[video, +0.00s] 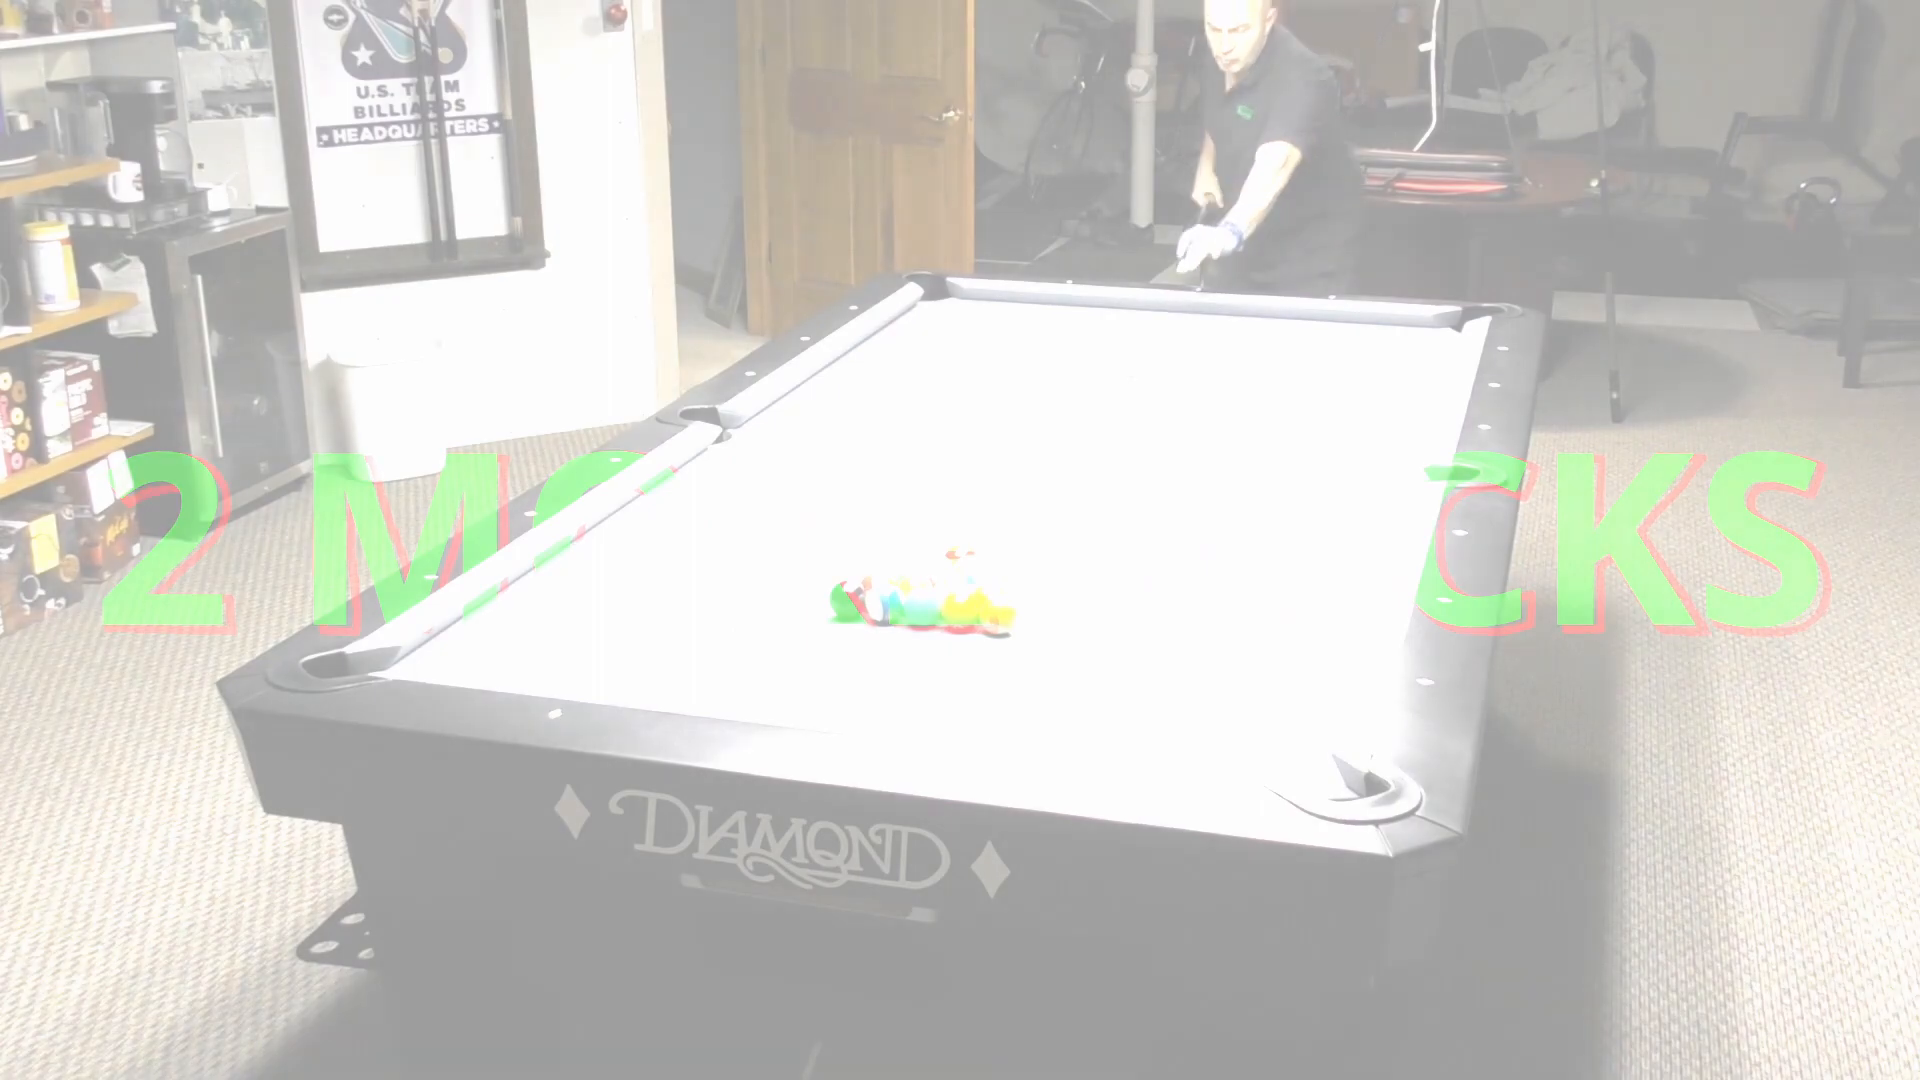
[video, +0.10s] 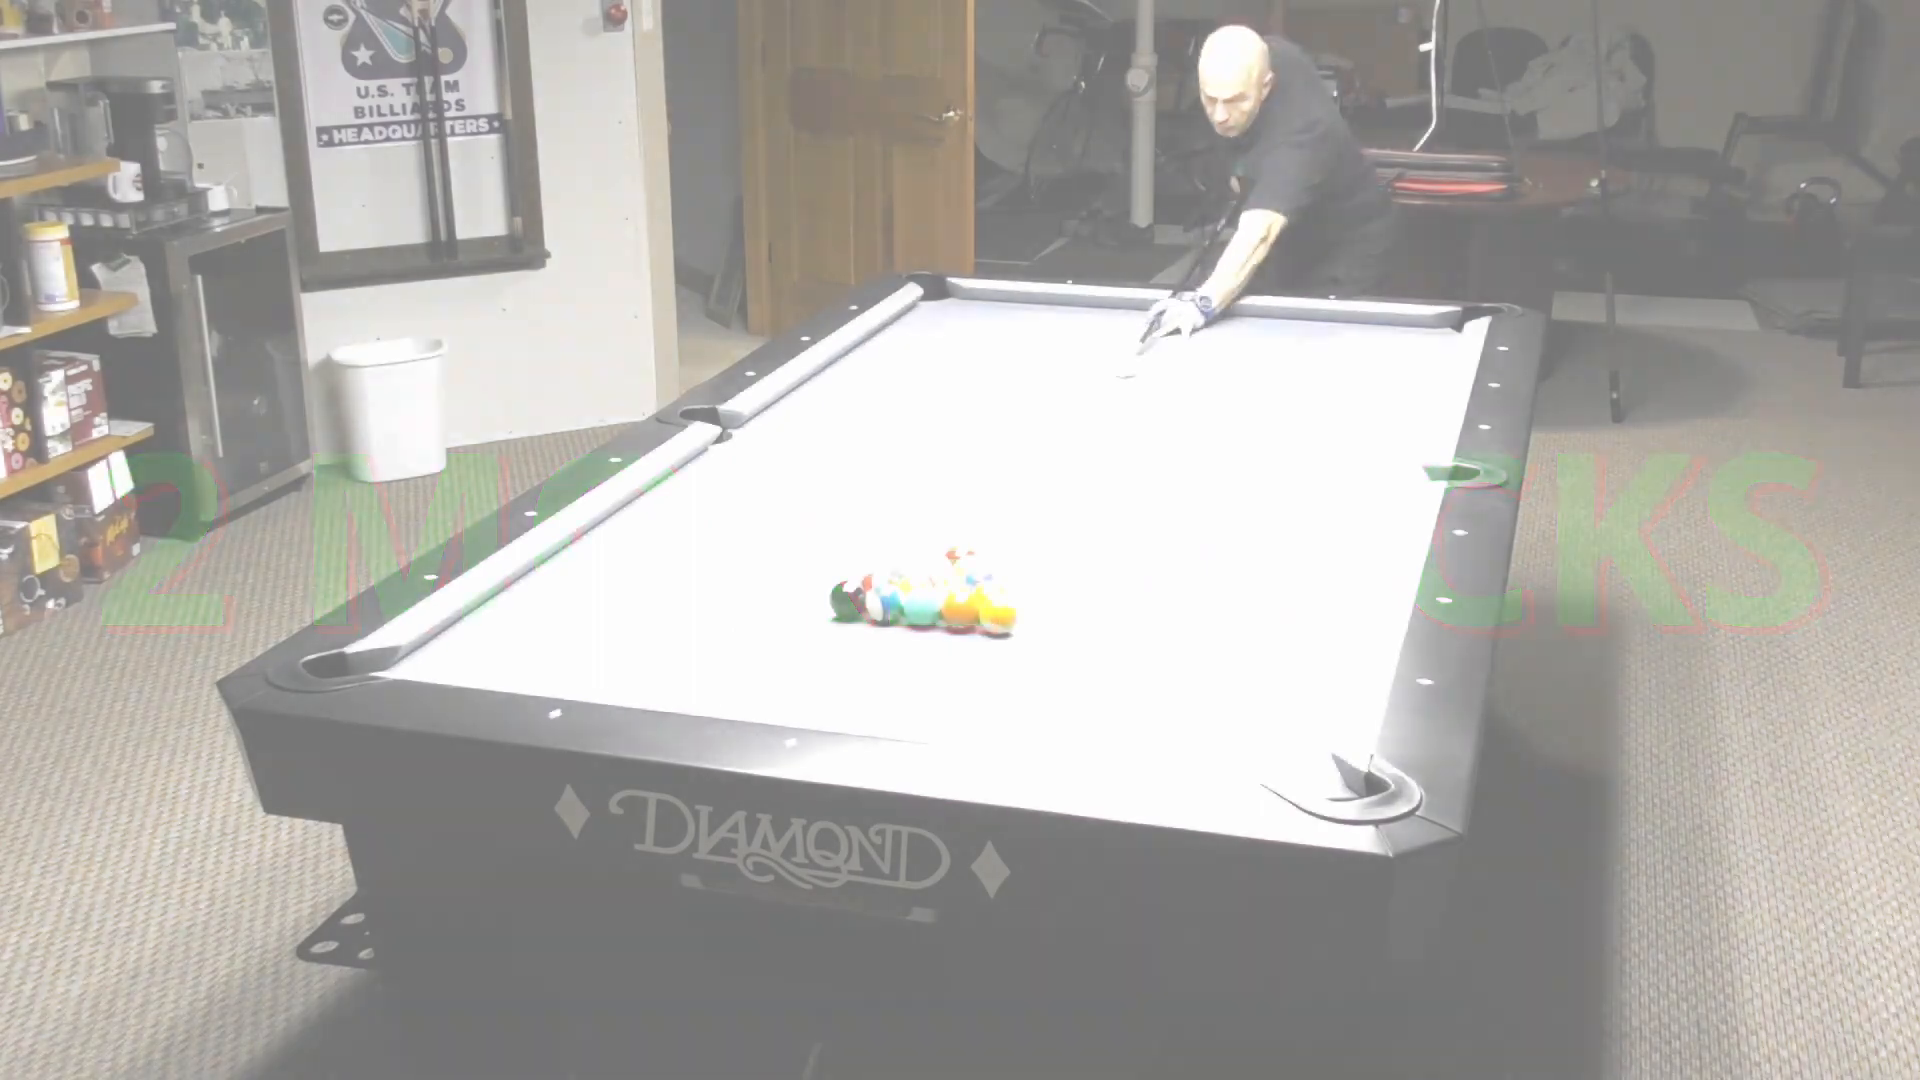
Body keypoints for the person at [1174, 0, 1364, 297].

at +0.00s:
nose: (1224, 46)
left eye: (1239, 30)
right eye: (1214, 30)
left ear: (1270, 18)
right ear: (1205, 23)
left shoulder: (1303, 75)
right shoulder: (1214, 56)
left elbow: (1275, 163)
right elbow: (1214, 121)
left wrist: (1229, 232)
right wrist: (1205, 170)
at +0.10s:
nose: (1220, 116)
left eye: (1235, 101)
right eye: (1210, 100)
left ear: (1266, 83)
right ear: (1201, 80)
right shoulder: (1246, 58)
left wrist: (1201, 305)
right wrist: (1241, 169)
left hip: (1351, 237)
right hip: (1283, 228)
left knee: (1319, 337)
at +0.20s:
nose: (1213, 168)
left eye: (1229, 154)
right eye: (1203, 152)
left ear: (1257, 136)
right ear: (1194, 127)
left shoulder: (1298, 160)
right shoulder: (1251, 81)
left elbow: (1249, 250)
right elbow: (1270, 63)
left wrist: (1198, 310)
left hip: (1357, 246)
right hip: (1286, 237)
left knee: (1331, 348)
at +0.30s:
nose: (1204, 209)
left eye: (1218, 196)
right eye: (1194, 193)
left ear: (1249, 175)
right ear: (1185, 174)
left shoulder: (1276, 202)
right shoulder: (1240, 102)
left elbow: (1240, 262)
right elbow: (1264, 68)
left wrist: (1198, 312)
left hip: (1371, 242)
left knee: (1336, 340)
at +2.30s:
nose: (1199, 231)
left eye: (1213, 217)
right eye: (1188, 215)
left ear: (1244, 195)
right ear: (1179, 187)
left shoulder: (1274, 216)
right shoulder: (1232, 121)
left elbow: (1238, 265)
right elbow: (1259, 80)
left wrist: (1195, 311)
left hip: (1378, 242)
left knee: (1338, 338)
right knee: (1279, 329)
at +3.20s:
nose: (1198, 221)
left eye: (1212, 207)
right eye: (1187, 205)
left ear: (1241, 184)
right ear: (1177, 181)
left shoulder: (1274, 196)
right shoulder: (1228, 113)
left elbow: (1258, 267)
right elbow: (1256, 78)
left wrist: (1198, 314)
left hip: (1373, 244)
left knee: (1338, 343)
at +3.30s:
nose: (1222, 174)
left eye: (1237, 161)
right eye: (1210, 159)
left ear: (1266, 138)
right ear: (1204, 127)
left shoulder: (1298, 170)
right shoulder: (1240, 78)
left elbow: (1277, 276)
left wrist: (1211, 316)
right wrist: (1221, 183)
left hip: (1363, 238)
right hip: (1295, 228)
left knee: (1342, 341)